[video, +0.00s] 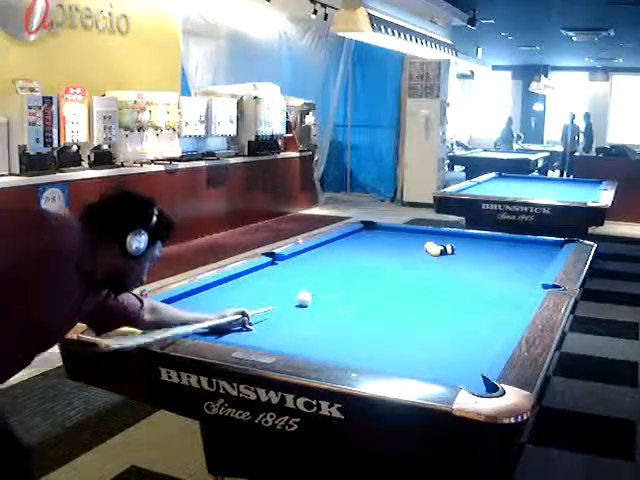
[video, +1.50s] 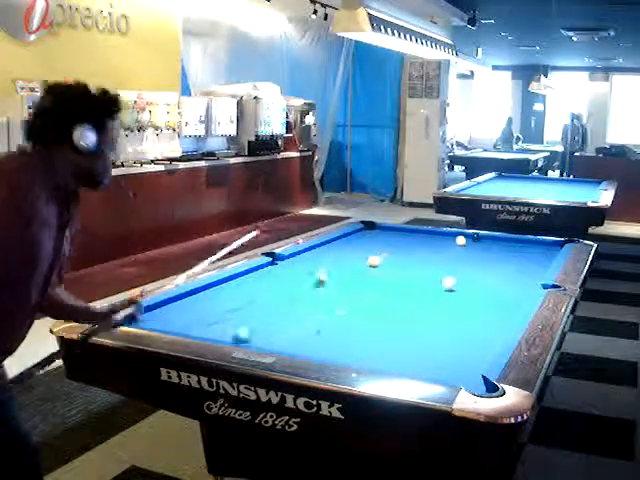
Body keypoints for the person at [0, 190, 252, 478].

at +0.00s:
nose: (147, 275)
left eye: (153, 264)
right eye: (151, 261)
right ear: (133, 245)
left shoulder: (82, 284)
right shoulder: (54, 241)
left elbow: (145, 312)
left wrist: (215, 320)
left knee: (22, 454)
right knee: (20, 455)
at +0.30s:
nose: (149, 252)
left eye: (153, 242)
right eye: (151, 240)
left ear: (130, 225)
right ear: (131, 224)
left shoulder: (89, 268)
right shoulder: (54, 224)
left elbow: (144, 306)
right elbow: (7, 311)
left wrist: (209, 321)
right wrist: (52, 331)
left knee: (18, 457)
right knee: (17, 457)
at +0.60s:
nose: (145, 249)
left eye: (150, 238)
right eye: (147, 236)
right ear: (128, 220)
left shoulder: (88, 264)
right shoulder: (54, 224)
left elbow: (145, 306)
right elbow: (9, 315)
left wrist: (209, 322)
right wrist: (64, 335)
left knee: (21, 457)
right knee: (18, 457)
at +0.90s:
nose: (142, 242)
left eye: (147, 232)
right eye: (144, 229)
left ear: (124, 214)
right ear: (124, 214)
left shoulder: (86, 263)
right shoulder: (49, 221)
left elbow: (145, 304)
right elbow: (9, 311)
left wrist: (208, 322)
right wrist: (60, 332)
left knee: (19, 457)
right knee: (17, 457)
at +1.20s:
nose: (137, 214)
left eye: (141, 202)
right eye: (137, 200)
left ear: (113, 188)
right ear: (113, 186)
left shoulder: (85, 237)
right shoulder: (33, 214)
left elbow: (111, 305)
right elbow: (3, 308)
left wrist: (190, 321)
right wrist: (32, 349)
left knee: (18, 458)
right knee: (17, 458)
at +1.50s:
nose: (116, 154)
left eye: (114, 142)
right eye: (110, 142)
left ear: (80, 140)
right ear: (81, 140)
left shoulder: (61, 193)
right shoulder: (16, 190)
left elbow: (41, 293)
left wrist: (97, 315)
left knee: (21, 455)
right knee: (21, 457)